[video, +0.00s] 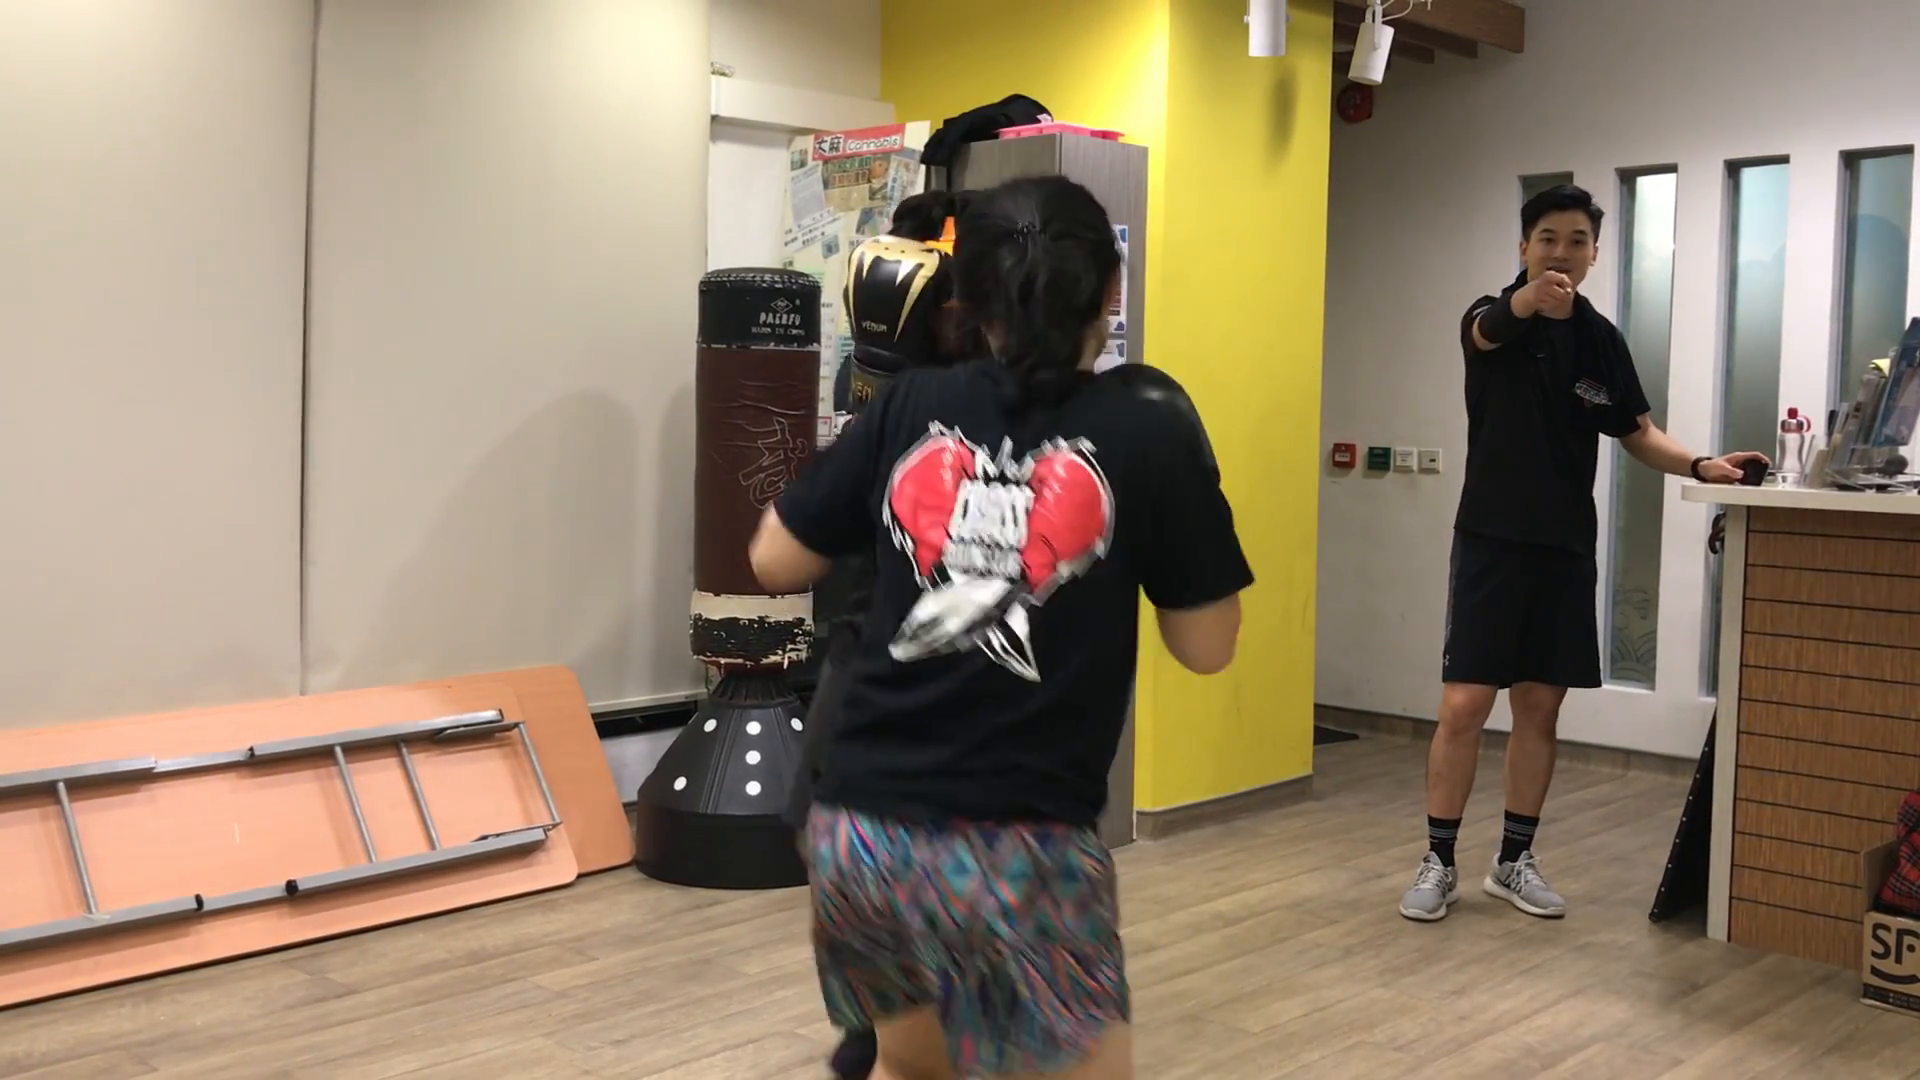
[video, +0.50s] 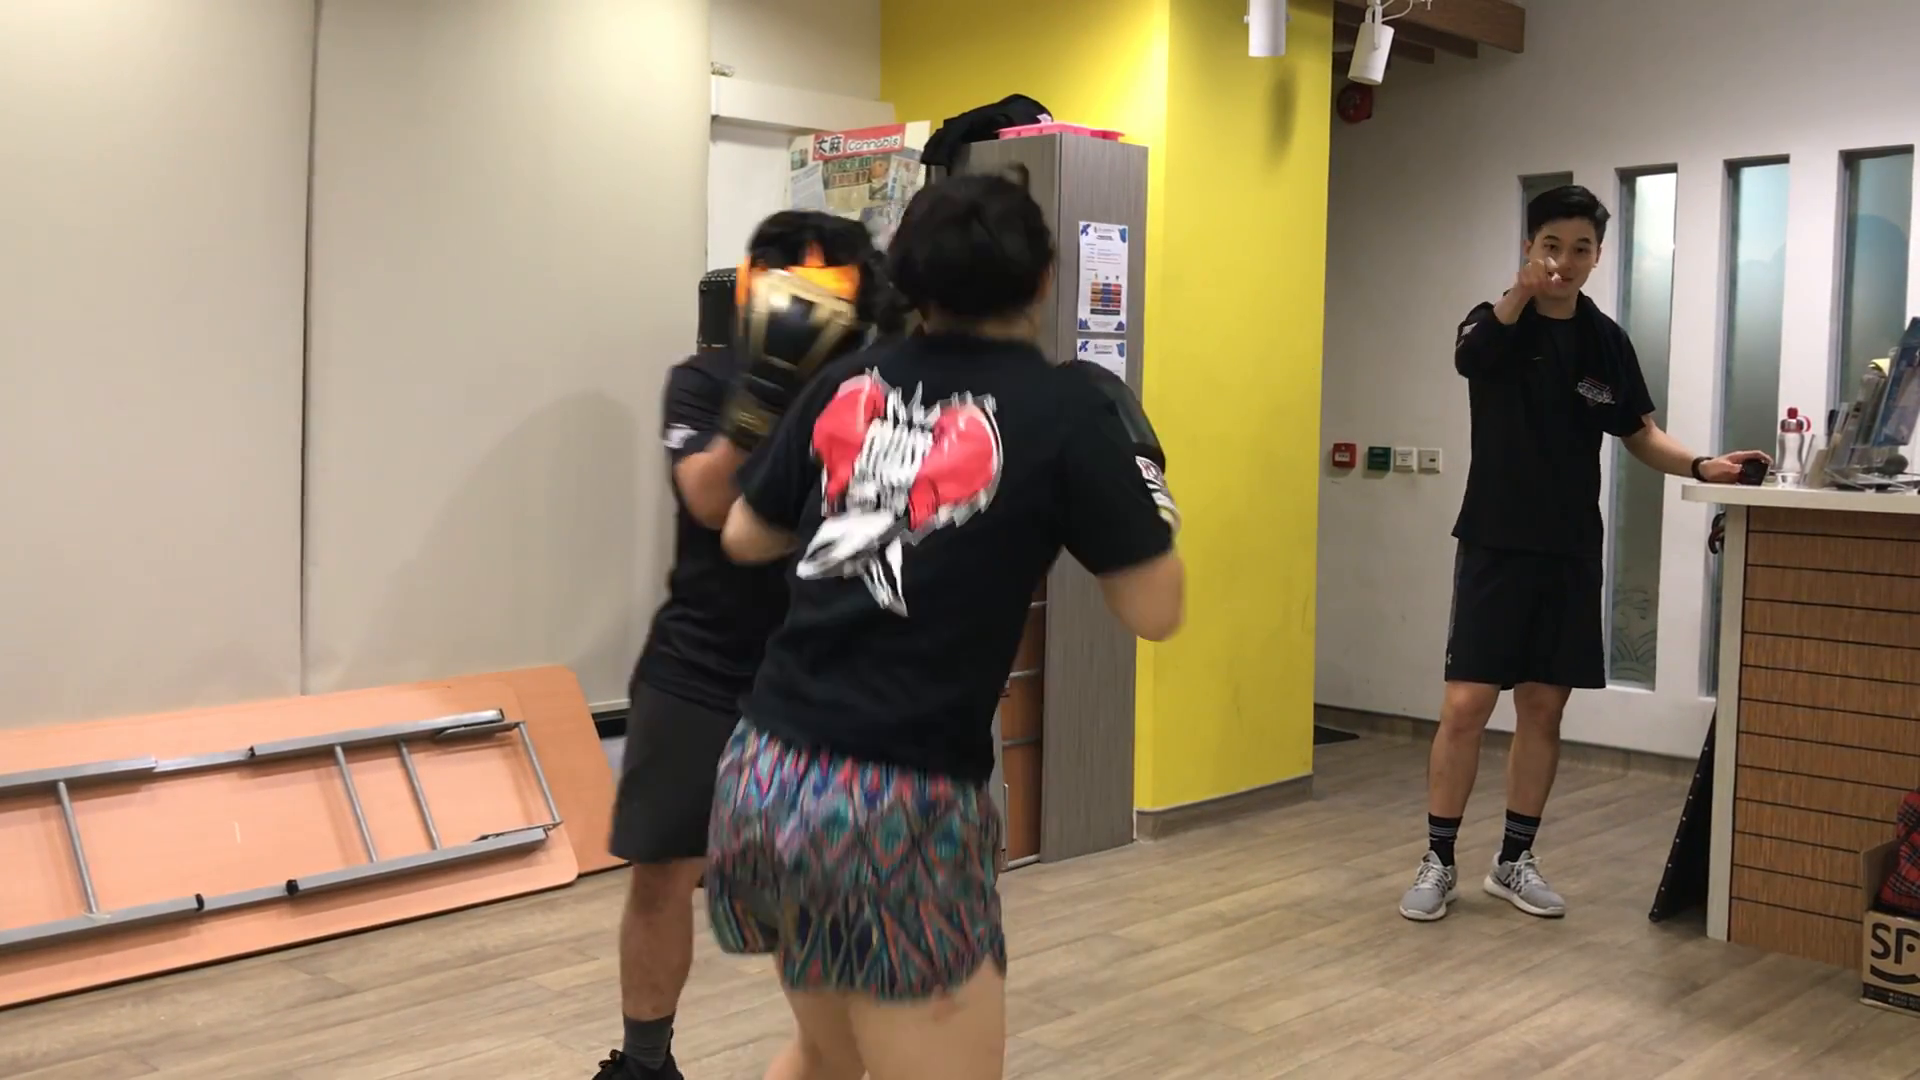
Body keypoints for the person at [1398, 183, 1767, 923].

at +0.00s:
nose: (1564, 255)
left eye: (1578, 242)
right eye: (1551, 239)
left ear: (1597, 253)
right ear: (1525, 247)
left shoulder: (1600, 337)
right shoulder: (1489, 319)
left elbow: (1639, 433)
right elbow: (1487, 330)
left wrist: (1701, 464)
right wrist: (1529, 302)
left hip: (1564, 547)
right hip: (1489, 539)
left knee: (1539, 708)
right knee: (1462, 708)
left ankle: (1514, 861)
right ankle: (1437, 863)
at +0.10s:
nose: (1567, 254)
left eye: (1581, 241)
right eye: (1553, 239)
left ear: (1598, 254)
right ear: (1527, 248)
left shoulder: (1602, 339)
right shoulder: (1489, 320)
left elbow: (1640, 435)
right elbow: (1487, 333)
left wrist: (1701, 465)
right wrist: (1535, 291)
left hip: (1565, 547)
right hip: (1490, 539)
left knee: (1539, 708)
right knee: (1462, 708)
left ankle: (1513, 861)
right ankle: (1437, 863)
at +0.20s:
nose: (1569, 254)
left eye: (1583, 242)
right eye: (1557, 241)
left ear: (1599, 253)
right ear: (1531, 247)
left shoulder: (1603, 340)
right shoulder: (1490, 323)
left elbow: (1641, 436)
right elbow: (1486, 347)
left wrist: (1702, 465)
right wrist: (1522, 270)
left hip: (1566, 548)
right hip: (1490, 541)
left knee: (1539, 709)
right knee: (1462, 708)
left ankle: (1513, 860)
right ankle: (1437, 863)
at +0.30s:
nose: (1570, 255)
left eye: (1585, 244)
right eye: (1557, 241)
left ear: (1601, 253)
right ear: (1532, 246)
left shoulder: (1603, 340)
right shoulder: (1492, 319)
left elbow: (1640, 436)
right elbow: (1473, 371)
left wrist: (1702, 466)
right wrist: (1512, 280)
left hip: (1567, 550)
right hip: (1492, 543)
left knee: (1541, 709)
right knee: (1464, 709)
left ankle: (1514, 861)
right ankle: (1437, 863)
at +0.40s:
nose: (1567, 258)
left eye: (1582, 247)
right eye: (1554, 243)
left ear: (1599, 256)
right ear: (1530, 247)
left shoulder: (1605, 341)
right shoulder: (1492, 321)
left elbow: (1641, 435)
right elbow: (1473, 362)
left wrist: (1702, 465)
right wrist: (1514, 284)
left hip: (1568, 550)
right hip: (1492, 542)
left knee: (1542, 709)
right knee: (1465, 707)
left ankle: (1514, 861)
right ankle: (1438, 863)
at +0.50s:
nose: (1564, 262)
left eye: (1580, 251)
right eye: (1552, 246)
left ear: (1598, 259)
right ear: (1528, 249)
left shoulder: (1604, 339)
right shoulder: (1491, 321)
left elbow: (1642, 435)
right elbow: (1474, 355)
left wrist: (1703, 465)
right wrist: (1522, 292)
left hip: (1570, 549)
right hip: (1493, 541)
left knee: (1542, 709)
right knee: (1464, 708)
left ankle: (1513, 861)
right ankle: (1437, 863)